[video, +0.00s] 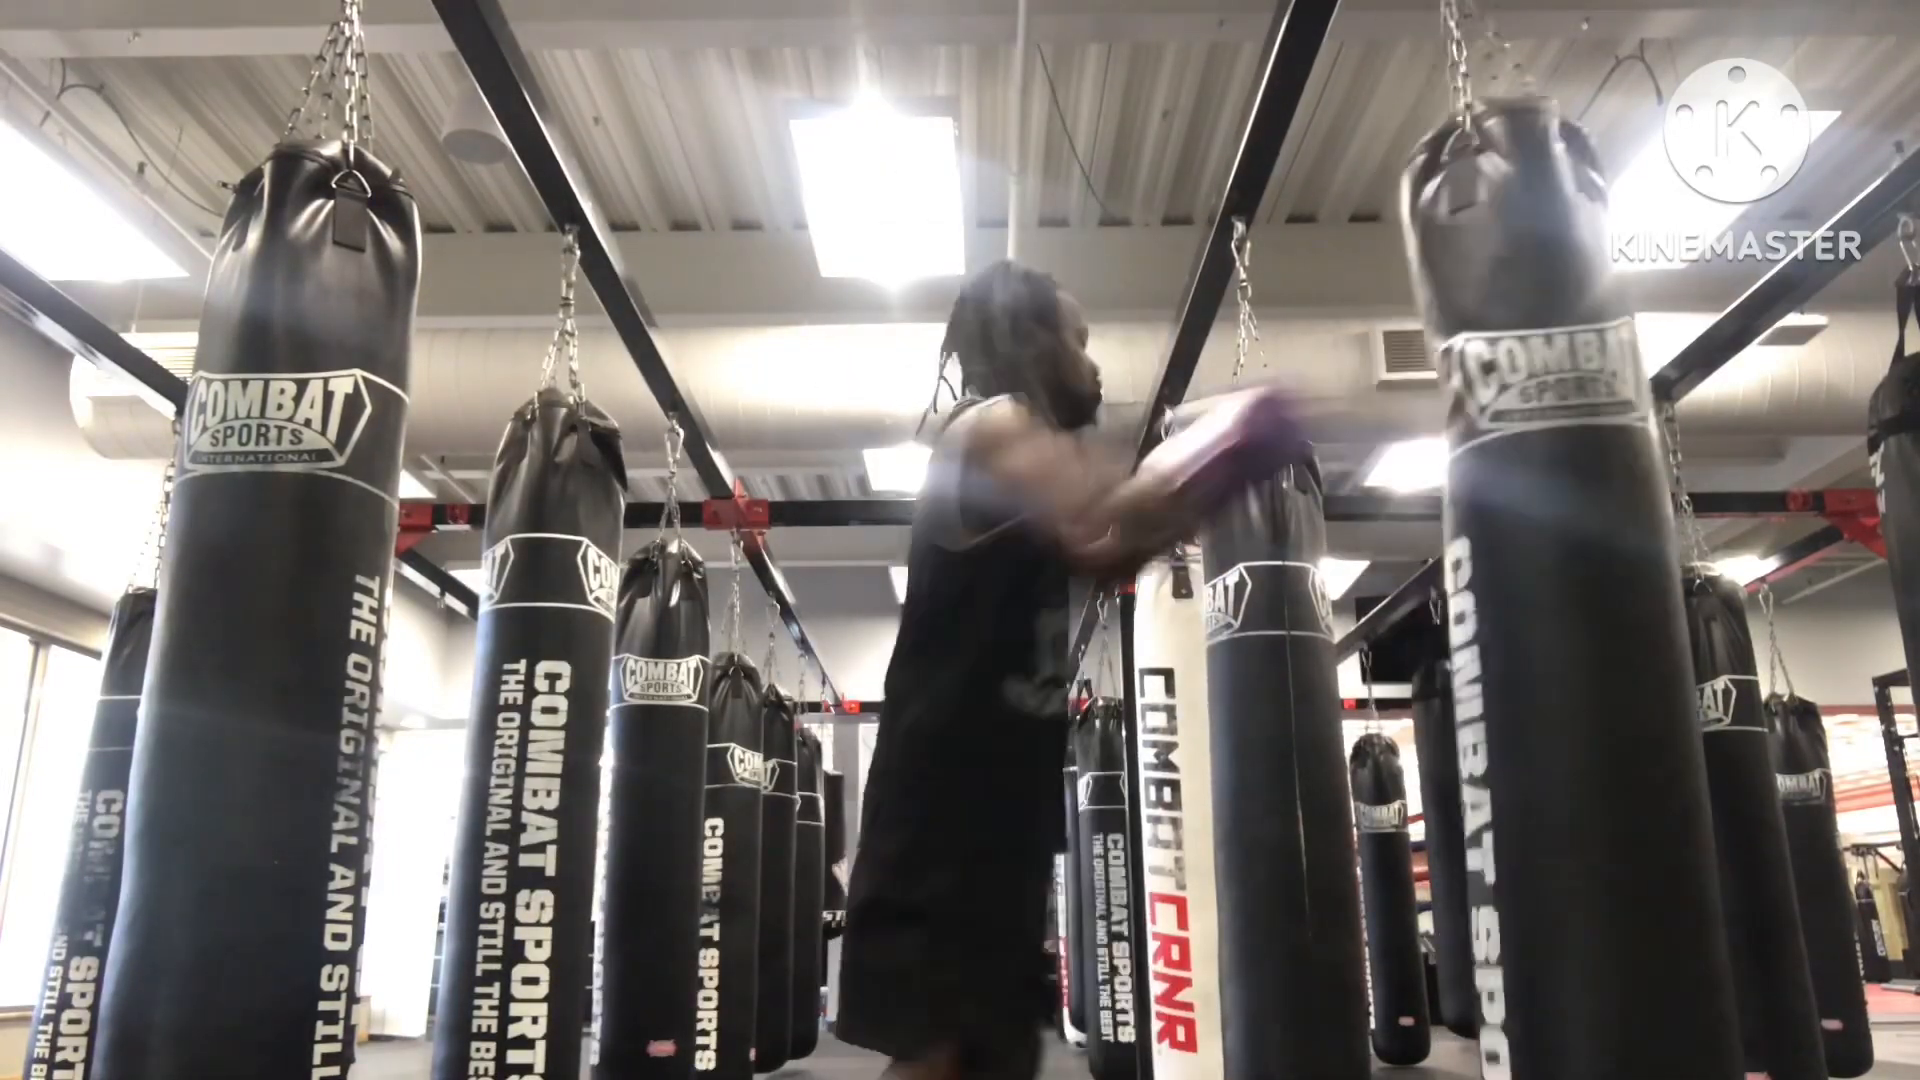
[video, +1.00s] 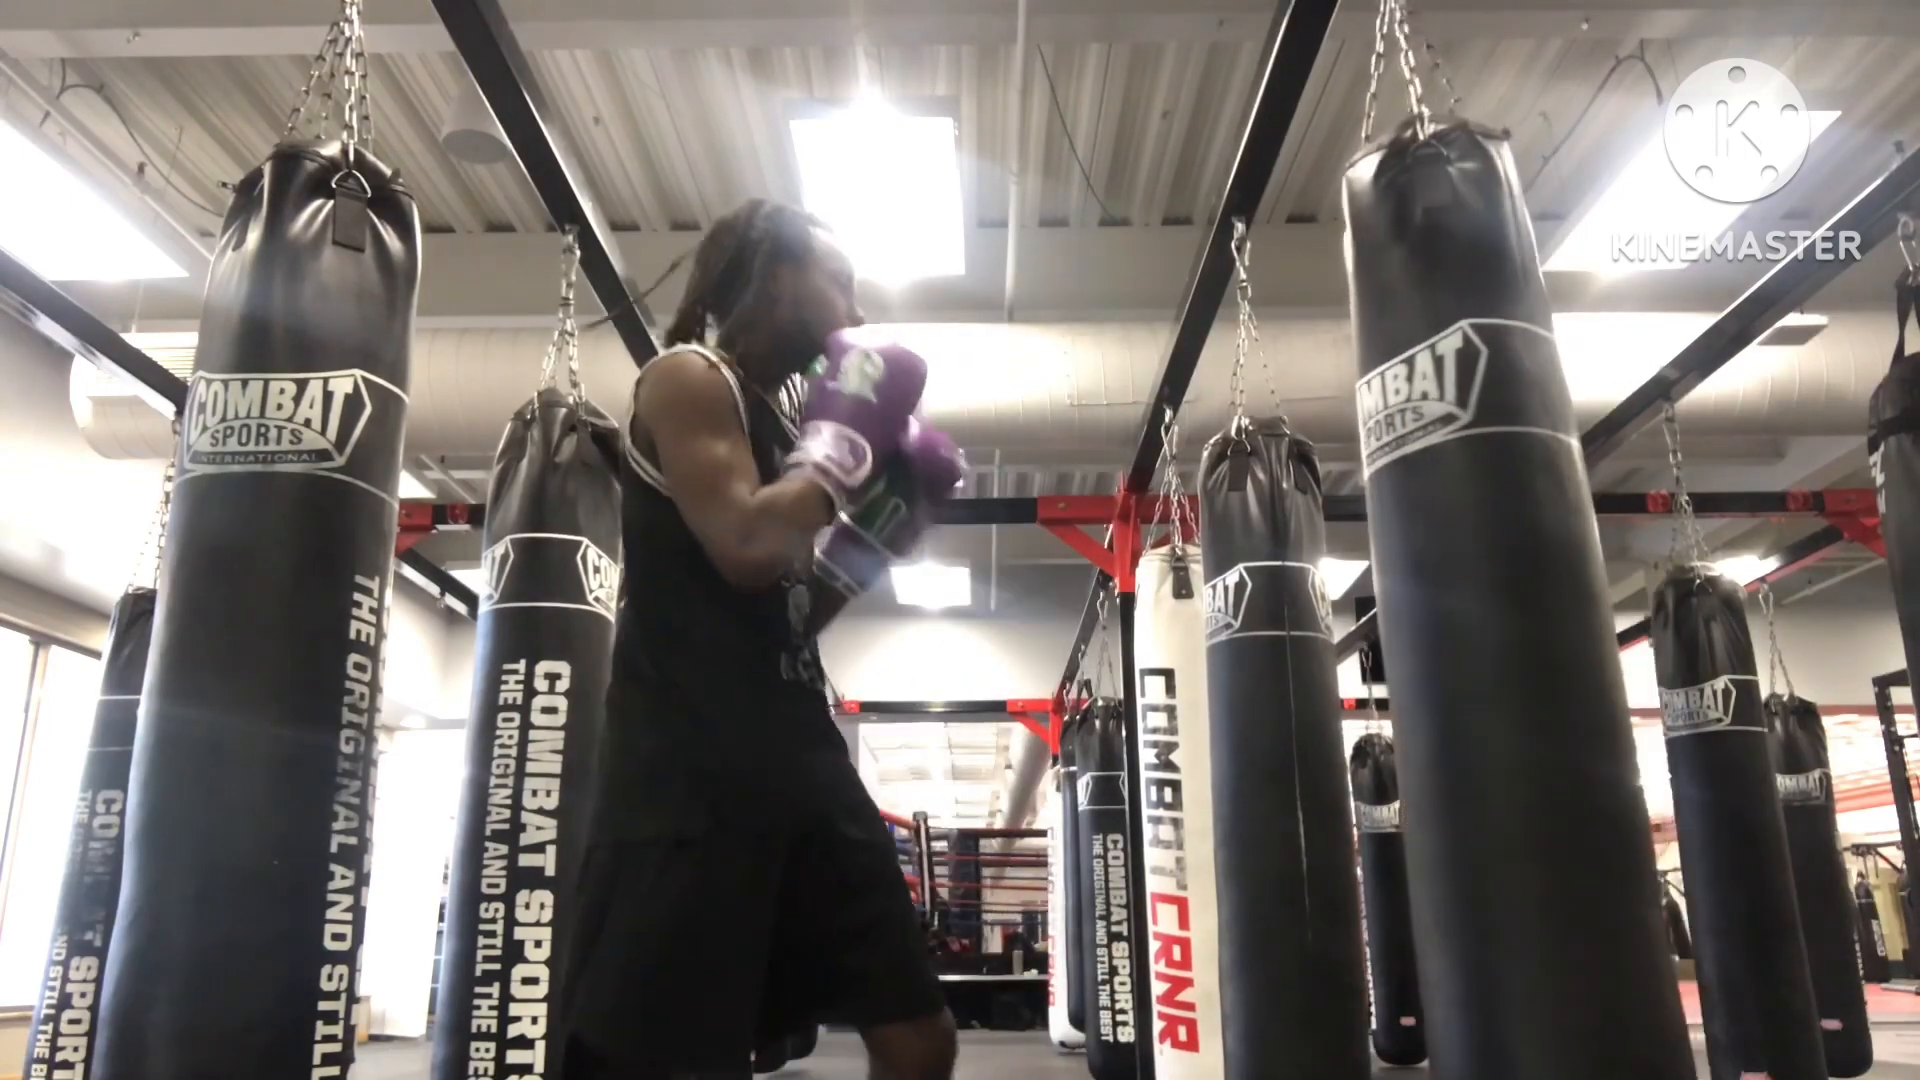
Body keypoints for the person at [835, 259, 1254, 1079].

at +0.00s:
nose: (1094, 359)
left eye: (1088, 338)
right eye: (1079, 338)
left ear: (1007, 343)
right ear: (1030, 338)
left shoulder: (1028, 444)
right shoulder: (991, 426)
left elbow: (1099, 548)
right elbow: (1095, 510)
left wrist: (1222, 468)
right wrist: (1222, 442)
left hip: (997, 812)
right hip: (952, 811)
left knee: (993, 1043)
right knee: (945, 1046)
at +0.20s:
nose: (1045, 378)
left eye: (1041, 363)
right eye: (1034, 361)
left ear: (935, 364)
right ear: (1001, 358)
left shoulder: (890, 471)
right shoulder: (993, 421)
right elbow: (1170, 430)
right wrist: (1321, 408)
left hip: (887, 800)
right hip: (949, 799)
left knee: (933, 1054)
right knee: (955, 1054)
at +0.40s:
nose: (991, 360)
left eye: (987, 339)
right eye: (976, 337)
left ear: (921, 346)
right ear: (923, 341)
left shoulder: (912, 467)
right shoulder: (851, 423)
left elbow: (960, 639)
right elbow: (901, 514)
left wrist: (1023, 555)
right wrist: (1040, 457)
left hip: (921, 776)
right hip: (853, 775)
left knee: (966, 1042)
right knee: (827, 1041)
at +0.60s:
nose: (901, 352)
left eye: (900, 332)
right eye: (885, 328)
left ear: (824, 339)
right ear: (822, 330)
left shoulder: (823, 462)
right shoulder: (731, 430)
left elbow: (839, 653)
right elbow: (773, 578)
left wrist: (942, 573)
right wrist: (867, 458)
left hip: (843, 803)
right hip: (749, 808)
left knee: (929, 1034)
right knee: (750, 1050)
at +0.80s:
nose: (843, 327)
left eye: (848, 306)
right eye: (830, 298)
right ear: (758, 287)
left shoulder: (765, 423)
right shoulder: (680, 385)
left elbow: (772, 627)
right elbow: (746, 539)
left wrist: (867, 546)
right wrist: (833, 424)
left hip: (799, 772)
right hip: (694, 777)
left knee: (899, 1036)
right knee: (645, 1053)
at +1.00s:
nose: (853, 308)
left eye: (851, 286)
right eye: (835, 279)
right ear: (768, 276)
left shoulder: (772, 418)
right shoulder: (686, 375)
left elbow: (789, 617)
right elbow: (746, 543)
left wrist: (890, 526)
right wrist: (843, 437)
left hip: (796, 760)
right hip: (695, 765)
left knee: (916, 1038)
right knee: (672, 1048)